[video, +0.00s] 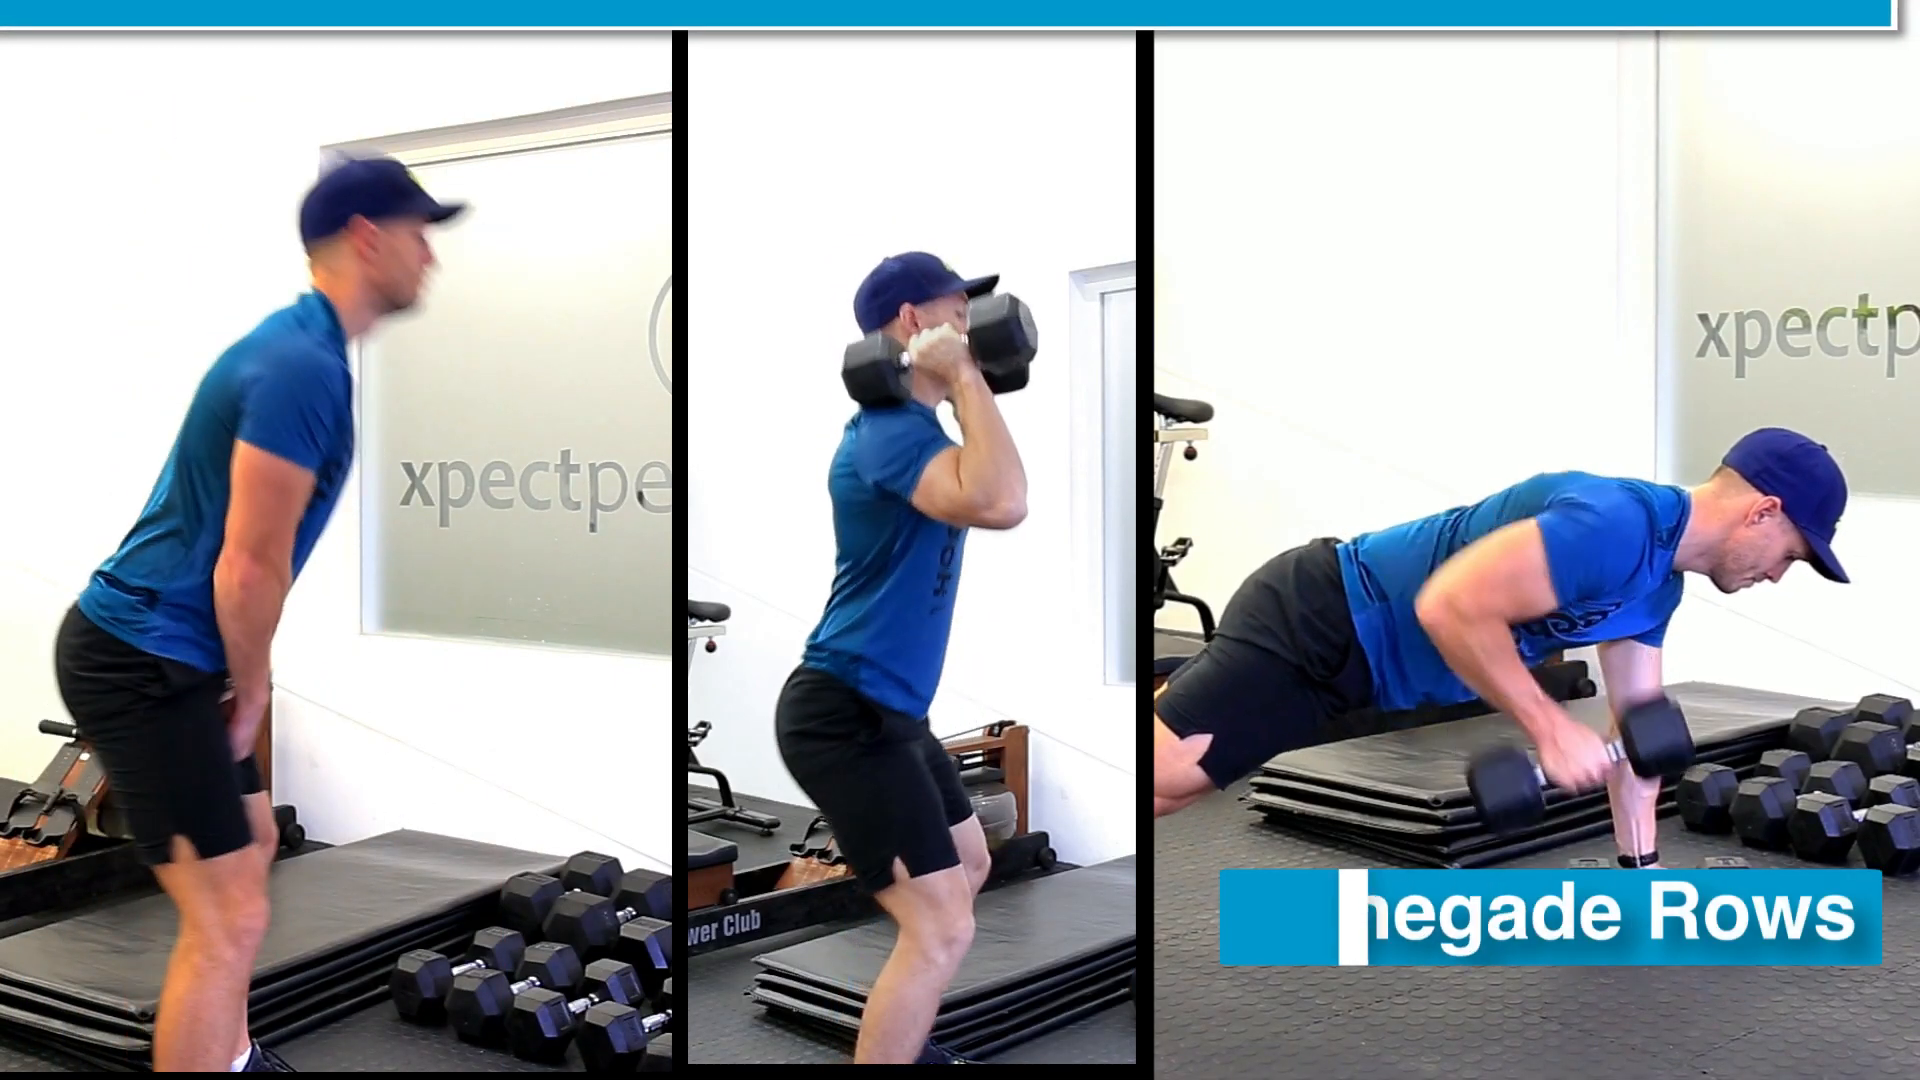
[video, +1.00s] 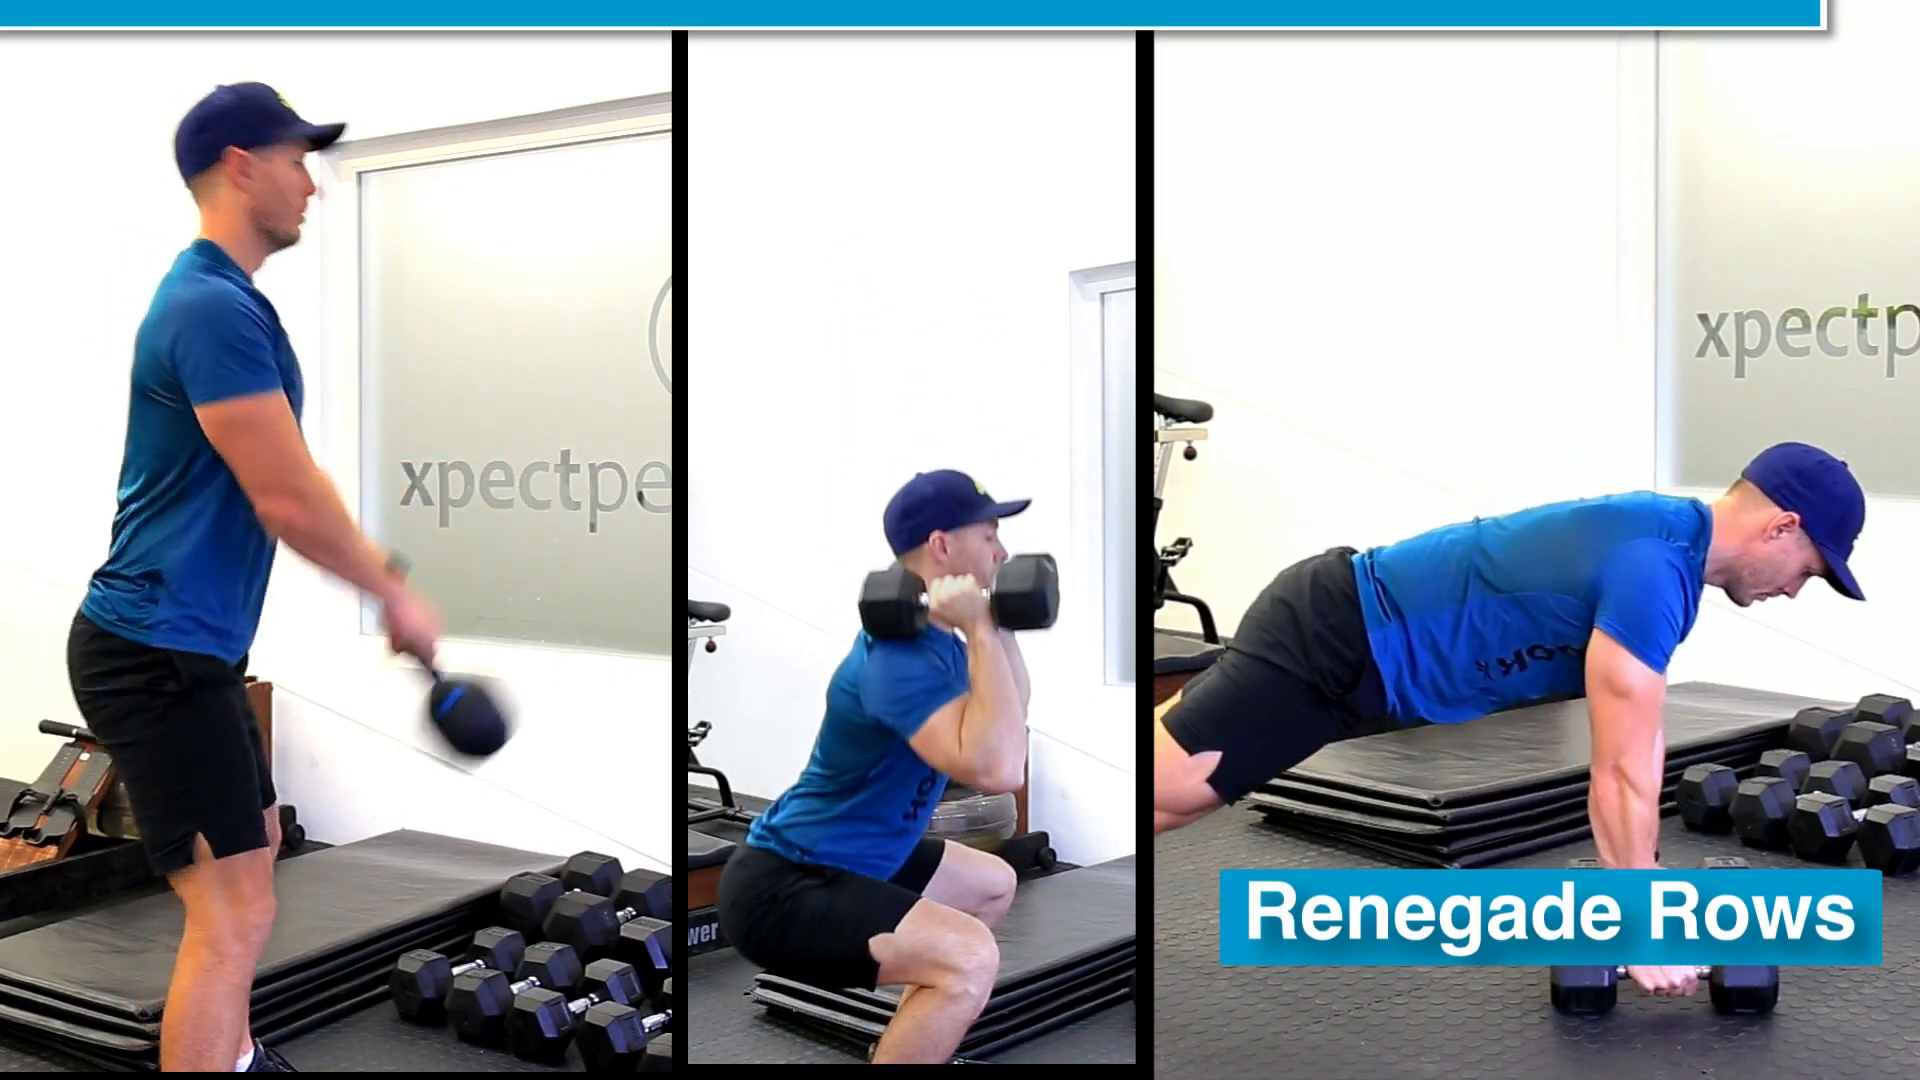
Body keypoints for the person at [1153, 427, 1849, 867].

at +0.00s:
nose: (1781, 577)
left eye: (1796, 565)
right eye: (1794, 556)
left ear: (1751, 508)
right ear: (1760, 510)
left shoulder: (1654, 578)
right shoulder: (1618, 527)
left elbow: (1637, 727)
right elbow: (1452, 606)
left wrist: (1643, 877)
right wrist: (1550, 730)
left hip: (1354, 662)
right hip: (1320, 618)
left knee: (1155, 768)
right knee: (1150, 774)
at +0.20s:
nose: (1778, 576)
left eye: (1793, 565)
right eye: (1791, 555)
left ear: (1748, 508)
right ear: (1757, 509)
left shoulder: (1652, 577)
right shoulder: (1618, 524)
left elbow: (1636, 729)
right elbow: (1480, 658)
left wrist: (1627, 823)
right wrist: (1577, 788)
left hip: (1349, 655)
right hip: (1321, 612)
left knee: (1158, 773)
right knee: (1151, 766)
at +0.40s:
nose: (1779, 578)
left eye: (1793, 567)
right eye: (1792, 557)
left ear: (1750, 507)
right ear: (1758, 510)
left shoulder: (1654, 579)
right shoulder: (1616, 529)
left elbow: (1636, 730)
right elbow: (1526, 709)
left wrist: (1644, 868)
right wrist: (1611, 860)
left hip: (1348, 659)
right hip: (1320, 611)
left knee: (1161, 780)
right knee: (1153, 760)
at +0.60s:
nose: (1781, 581)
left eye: (1796, 570)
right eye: (1793, 560)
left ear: (1753, 511)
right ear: (1759, 514)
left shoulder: (1657, 574)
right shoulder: (1620, 544)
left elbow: (1637, 736)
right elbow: (1582, 751)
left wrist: (1653, 888)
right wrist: (1628, 899)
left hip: (1350, 660)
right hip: (1321, 612)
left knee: (1161, 776)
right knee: (1155, 762)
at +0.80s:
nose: (1794, 591)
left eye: (1807, 580)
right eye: (1805, 571)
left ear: (1765, 526)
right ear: (1772, 529)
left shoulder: (1662, 562)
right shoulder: (1646, 564)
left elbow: (1633, 761)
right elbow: (1615, 779)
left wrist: (1650, 923)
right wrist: (1639, 942)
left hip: (1352, 641)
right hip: (1335, 626)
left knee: (1164, 769)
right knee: (1151, 782)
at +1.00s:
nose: (1797, 591)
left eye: (1811, 580)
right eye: (1810, 571)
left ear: (1770, 523)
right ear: (1779, 527)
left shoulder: (1668, 566)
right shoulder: (1652, 562)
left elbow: (1634, 764)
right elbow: (1620, 775)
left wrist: (1647, 924)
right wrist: (1640, 937)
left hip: (1355, 648)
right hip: (1339, 627)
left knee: (1167, 784)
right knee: (1155, 788)